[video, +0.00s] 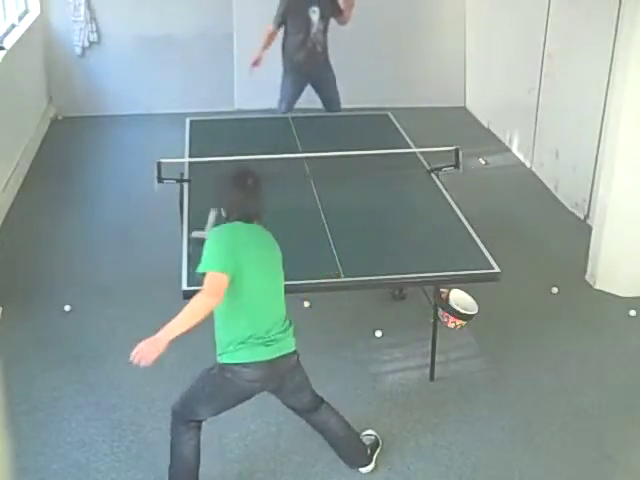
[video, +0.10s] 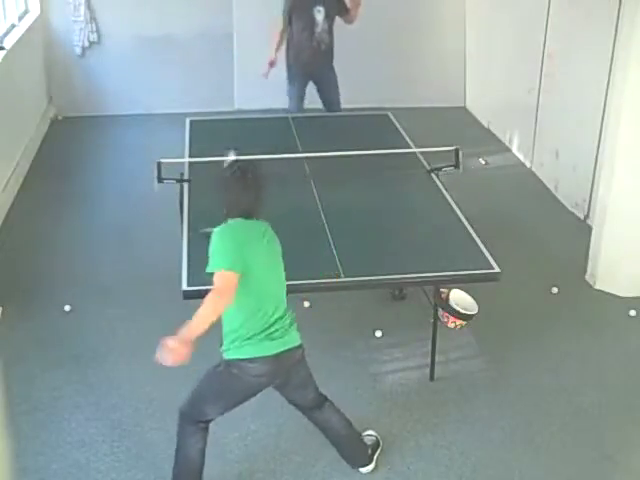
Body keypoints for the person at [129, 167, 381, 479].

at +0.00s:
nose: (218, 201)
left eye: (221, 194)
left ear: (225, 201)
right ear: (255, 202)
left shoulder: (221, 237)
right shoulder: (268, 239)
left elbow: (212, 294)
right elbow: (268, 291)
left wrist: (160, 339)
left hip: (243, 367)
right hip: (284, 360)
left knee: (185, 414)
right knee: (314, 408)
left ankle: (181, 474)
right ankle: (362, 456)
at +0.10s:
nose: (223, 196)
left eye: (225, 190)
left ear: (226, 196)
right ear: (256, 196)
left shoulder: (226, 235)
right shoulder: (267, 233)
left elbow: (223, 292)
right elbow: (268, 287)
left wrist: (184, 338)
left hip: (250, 362)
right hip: (288, 353)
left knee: (193, 417)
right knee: (317, 405)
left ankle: (185, 476)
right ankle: (363, 456)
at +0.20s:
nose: (225, 192)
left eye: (225, 185)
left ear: (224, 189)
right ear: (259, 187)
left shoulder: (229, 230)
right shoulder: (272, 225)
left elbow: (233, 291)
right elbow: (275, 282)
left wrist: (213, 343)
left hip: (254, 355)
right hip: (293, 344)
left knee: (203, 418)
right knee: (321, 401)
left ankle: (188, 475)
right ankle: (365, 457)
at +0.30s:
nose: (223, 189)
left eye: (223, 181)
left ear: (224, 187)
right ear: (260, 184)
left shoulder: (231, 232)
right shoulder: (277, 223)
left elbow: (237, 295)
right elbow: (283, 276)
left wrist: (226, 355)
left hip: (259, 354)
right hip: (299, 343)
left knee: (210, 420)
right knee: (325, 398)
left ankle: (190, 475)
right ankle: (366, 455)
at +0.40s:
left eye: (221, 186)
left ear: (221, 192)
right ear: (258, 188)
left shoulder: (226, 241)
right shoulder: (277, 227)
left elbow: (227, 310)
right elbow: (291, 249)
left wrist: (208, 370)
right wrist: (302, 249)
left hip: (262, 359)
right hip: (304, 345)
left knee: (208, 416)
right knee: (324, 390)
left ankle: (187, 475)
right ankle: (365, 449)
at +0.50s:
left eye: (217, 195)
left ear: (216, 201)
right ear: (251, 198)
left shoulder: (213, 251)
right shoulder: (278, 236)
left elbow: (202, 321)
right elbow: (304, 286)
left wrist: (167, 376)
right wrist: (313, 267)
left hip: (255, 365)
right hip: (300, 353)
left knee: (200, 409)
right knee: (323, 391)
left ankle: (184, 475)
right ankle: (365, 448)